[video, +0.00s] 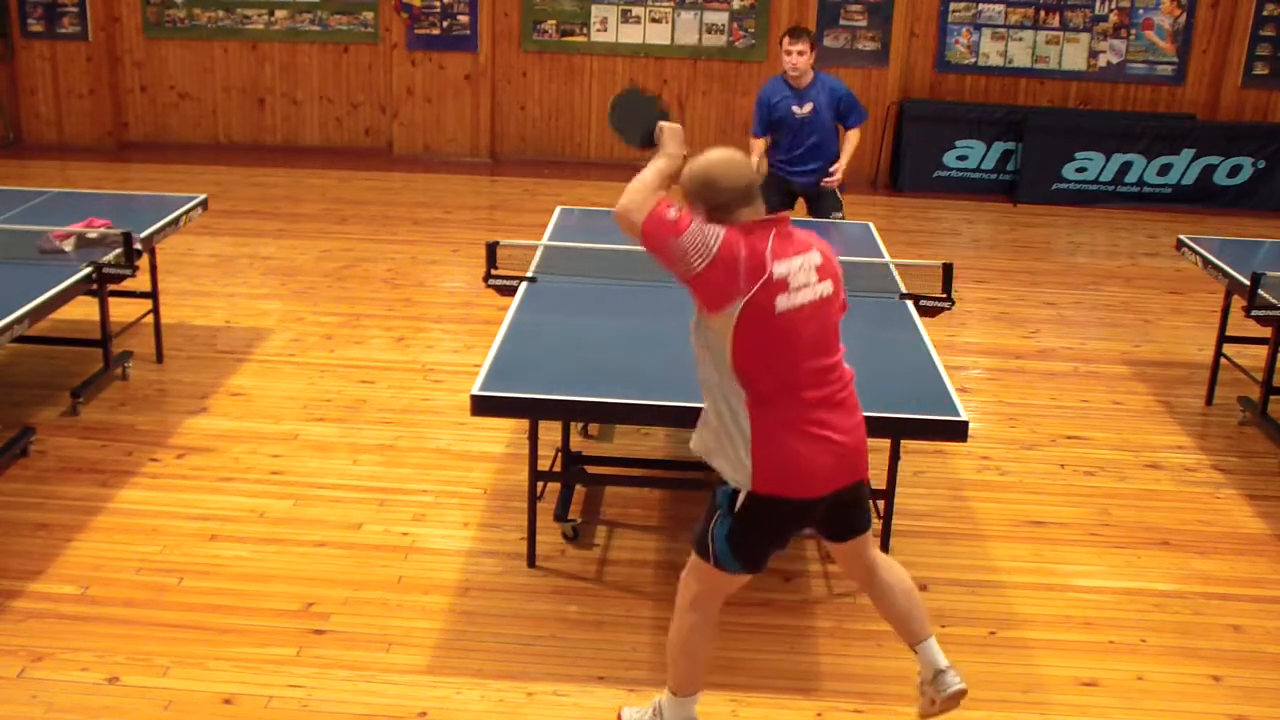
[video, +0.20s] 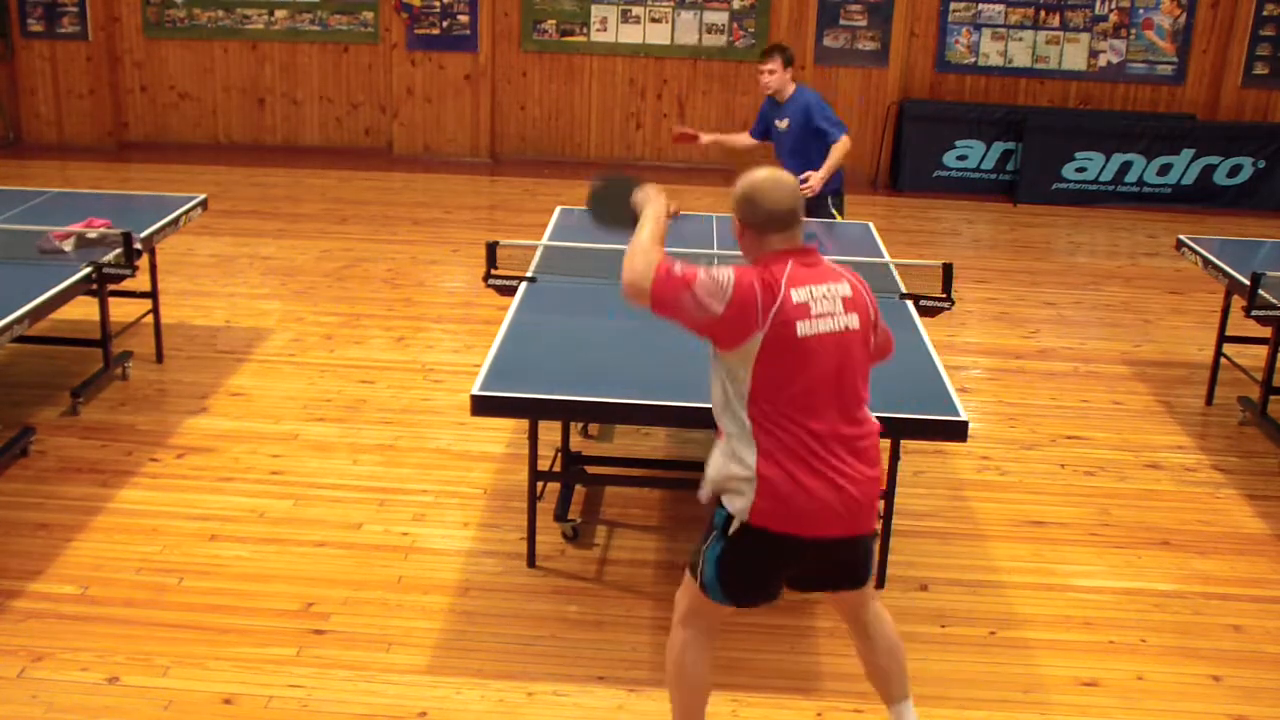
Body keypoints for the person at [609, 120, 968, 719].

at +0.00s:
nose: (682, 210)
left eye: (685, 202)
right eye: (680, 202)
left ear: (702, 212)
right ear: (758, 194)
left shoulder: (721, 256)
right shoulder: (816, 247)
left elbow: (631, 210)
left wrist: (667, 157)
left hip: (768, 478)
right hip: (846, 461)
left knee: (699, 594)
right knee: (868, 561)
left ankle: (676, 709)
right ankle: (937, 667)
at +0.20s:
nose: (733, 228)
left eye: (734, 220)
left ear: (740, 228)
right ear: (803, 217)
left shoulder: (745, 290)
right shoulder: (850, 284)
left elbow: (639, 279)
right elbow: (880, 347)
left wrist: (654, 211)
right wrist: (809, 346)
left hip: (769, 511)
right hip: (851, 508)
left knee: (692, 616)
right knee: (862, 603)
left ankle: (687, 716)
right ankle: (905, 712)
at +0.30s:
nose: (751, 240)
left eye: (753, 231)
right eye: (756, 229)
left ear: (761, 241)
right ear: (823, 235)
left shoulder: (753, 311)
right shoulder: (870, 301)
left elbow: (649, 342)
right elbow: (900, 373)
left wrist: (645, 281)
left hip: (792, 521)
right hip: (881, 518)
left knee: (710, 624)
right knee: (886, 629)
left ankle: (696, 716)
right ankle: (911, 717)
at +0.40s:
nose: (765, 235)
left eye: (767, 227)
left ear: (771, 235)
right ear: (834, 231)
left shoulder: (758, 310)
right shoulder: (887, 302)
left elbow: (681, 390)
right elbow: (919, 384)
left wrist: (657, 353)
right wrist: (852, 370)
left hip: (796, 526)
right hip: (890, 526)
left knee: (730, 638)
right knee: (905, 633)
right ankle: (925, 719)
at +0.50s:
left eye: (785, 232)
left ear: (786, 242)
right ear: (850, 241)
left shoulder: (762, 320)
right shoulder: (903, 312)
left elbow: (709, 421)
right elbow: (938, 391)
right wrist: (873, 371)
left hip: (798, 538)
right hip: (896, 542)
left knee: (729, 640)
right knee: (917, 646)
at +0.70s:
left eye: (793, 225)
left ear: (797, 233)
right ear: (864, 235)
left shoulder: (759, 301)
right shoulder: (909, 308)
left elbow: (729, 399)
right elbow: (980, 388)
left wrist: (790, 359)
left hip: (788, 537)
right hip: (890, 542)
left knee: (730, 642)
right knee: (928, 657)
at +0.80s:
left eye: (787, 220)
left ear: (790, 227)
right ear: (859, 229)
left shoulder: (749, 288)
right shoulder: (897, 302)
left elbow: (726, 380)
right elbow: (994, 389)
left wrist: (721, 378)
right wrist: (994, 416)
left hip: (779, 530)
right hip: (882, 535)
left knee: (730, 645)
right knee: (923, 657)